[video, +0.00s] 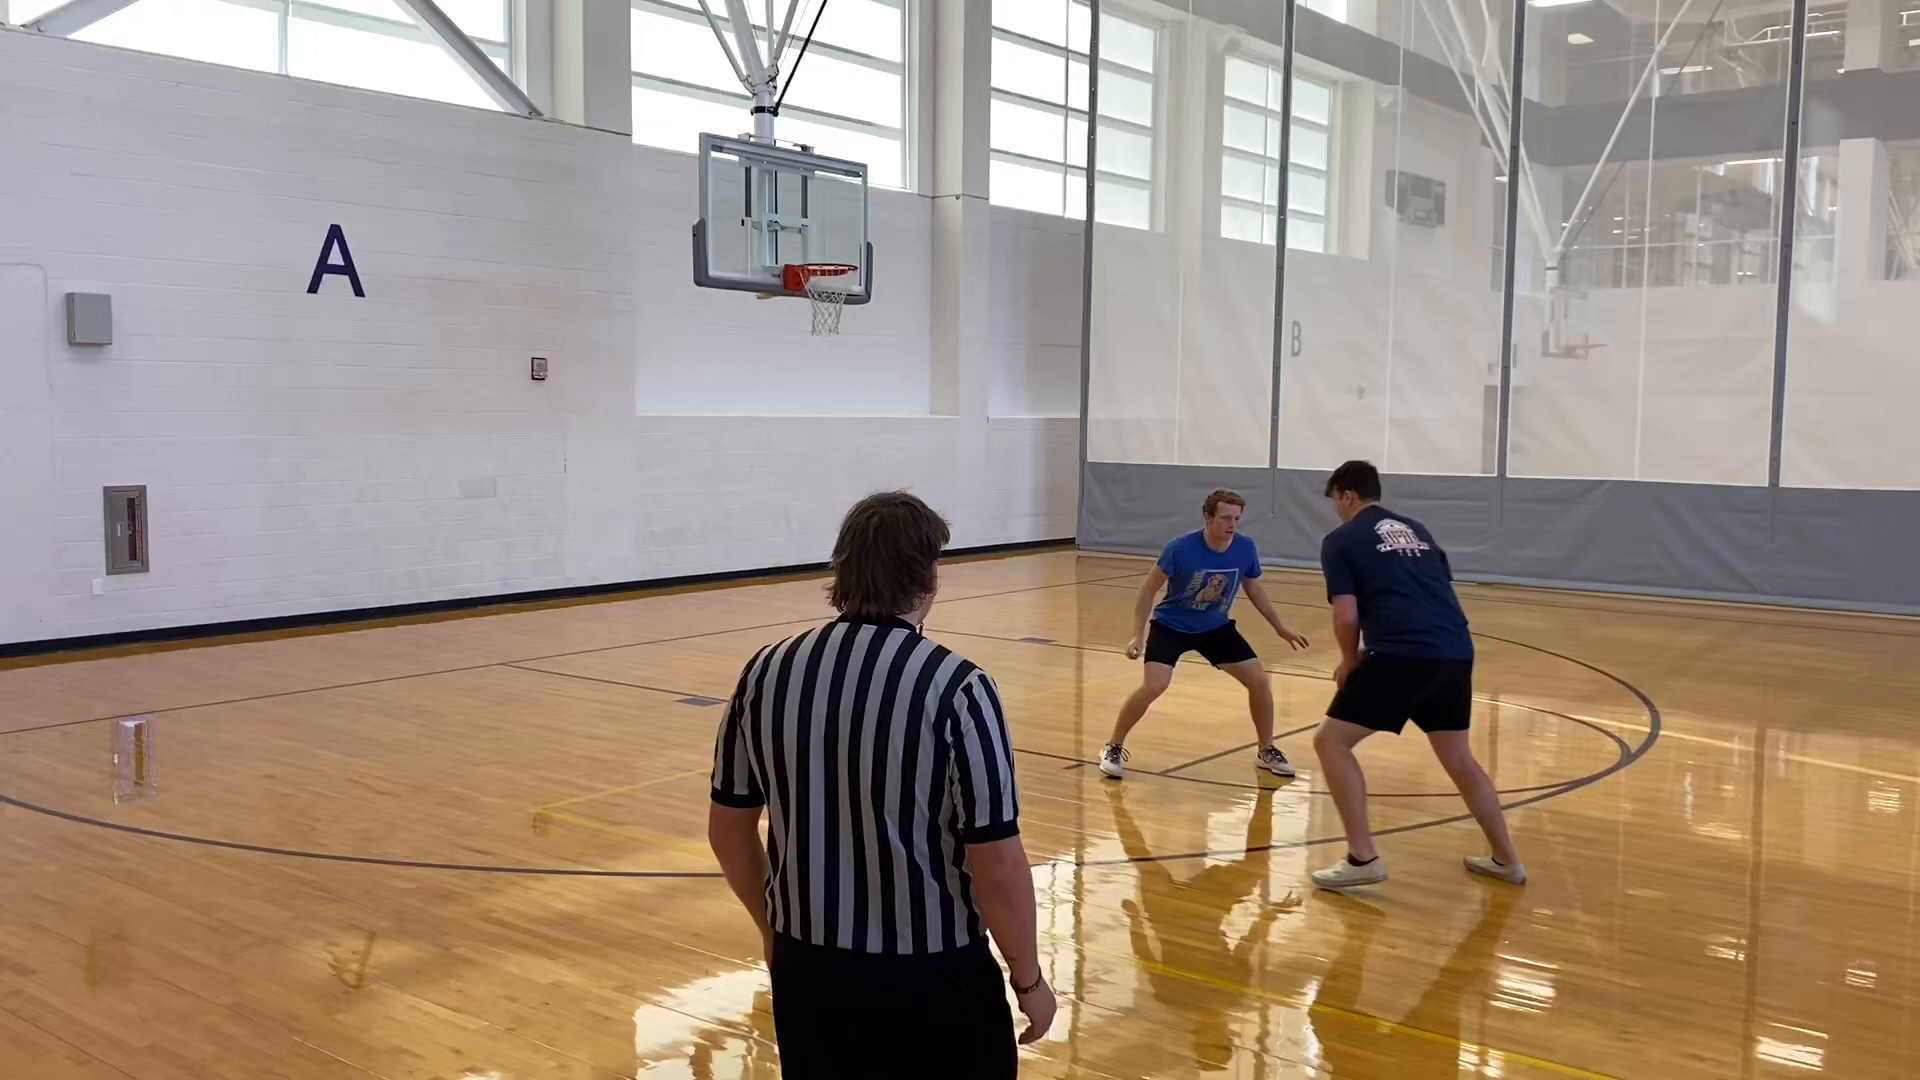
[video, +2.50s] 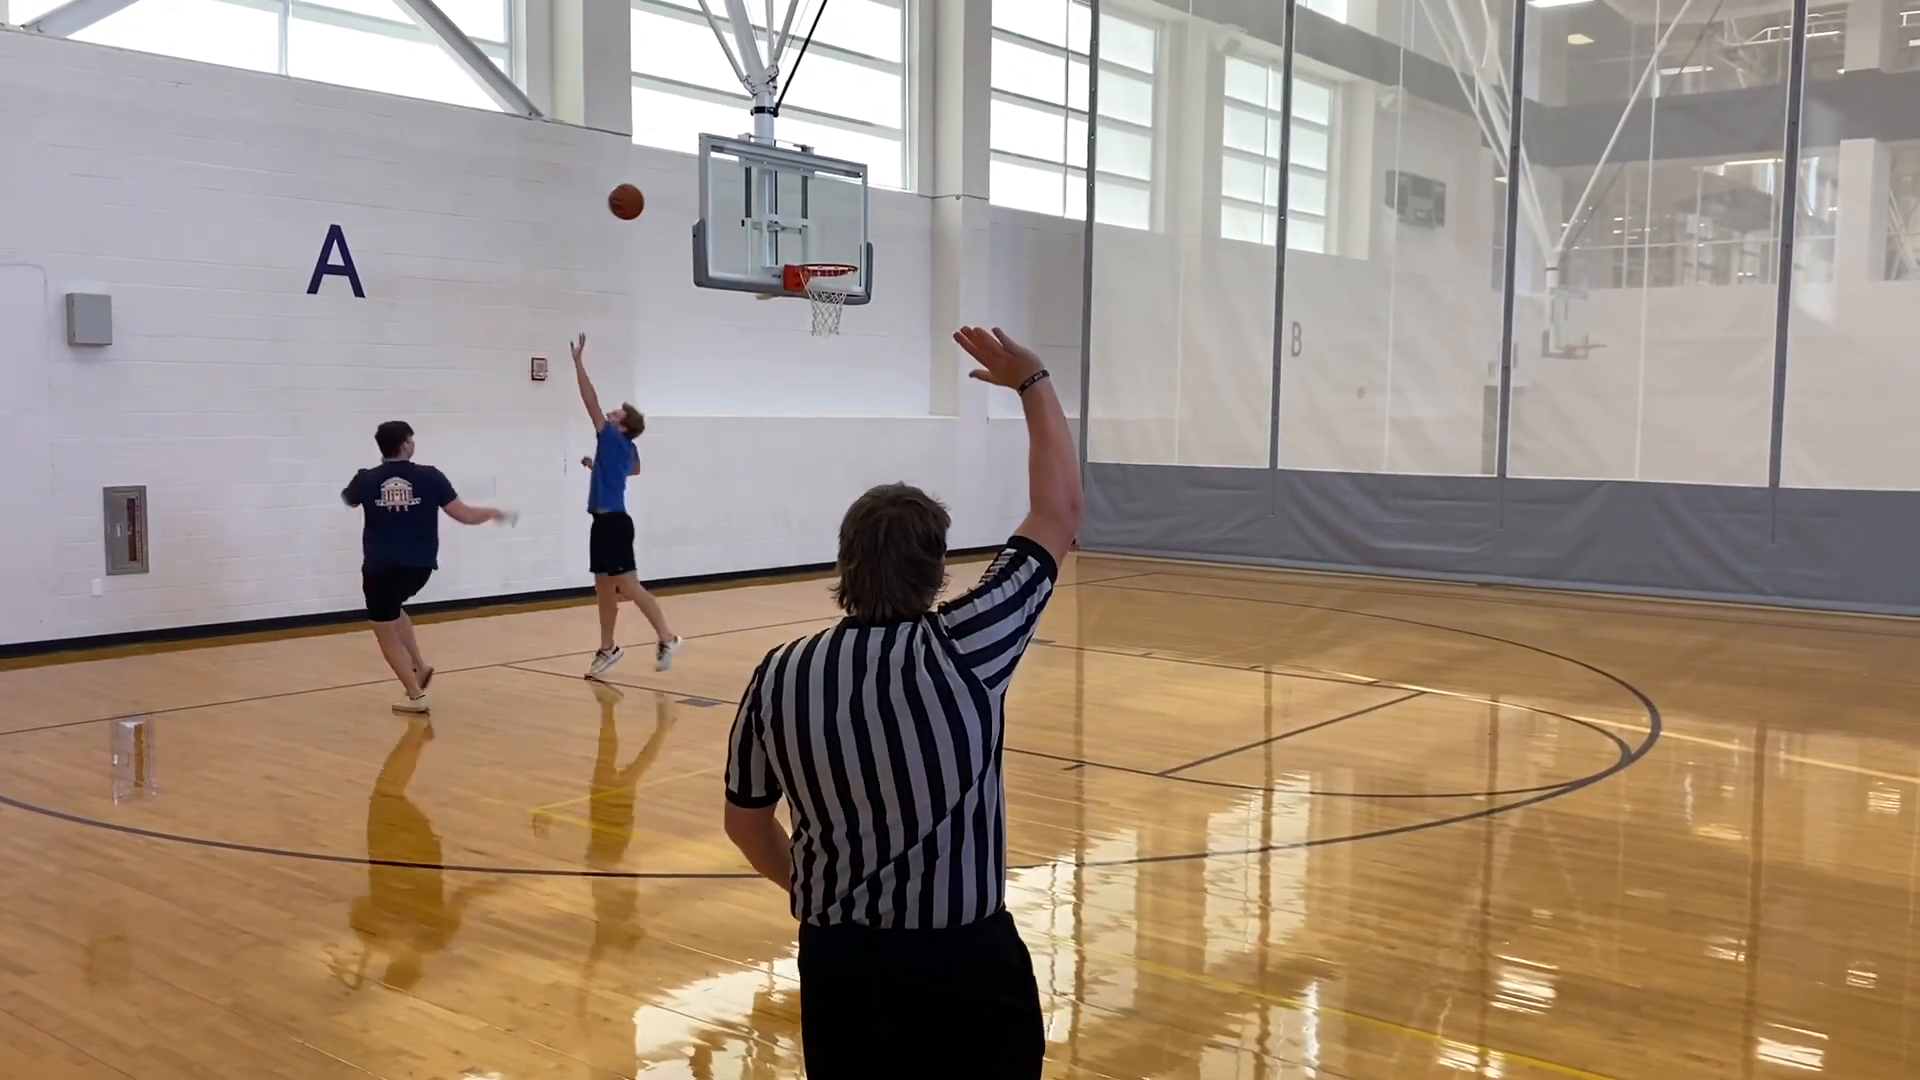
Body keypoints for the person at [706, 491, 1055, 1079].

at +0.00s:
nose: (939, 576)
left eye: (937, 560)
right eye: (937, 562)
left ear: (846, 567)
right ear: (926, 573)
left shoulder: (767, 671)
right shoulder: (958, 687)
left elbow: (729, 829)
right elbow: (996, 861)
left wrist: (773, 926)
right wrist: (1028, 976)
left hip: (809, 981)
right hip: (940, 985)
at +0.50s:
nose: (938, 573)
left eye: (935, 558)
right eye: (935, 560)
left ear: (842, 565)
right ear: (926, 573)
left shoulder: (766, 669)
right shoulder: (961, 684)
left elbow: (720, 825)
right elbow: (1006, 858)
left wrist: (756, 933)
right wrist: (1038, 989)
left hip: (809, 979)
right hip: (941, 982)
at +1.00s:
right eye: (945, 576)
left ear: (846, 578)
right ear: (937, 585)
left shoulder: (772, 676)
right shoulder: (971, 690)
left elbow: (726, 832)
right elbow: (1020, 861)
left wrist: (752, 947)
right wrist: (1045, 975)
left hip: (817, 984)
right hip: (949, 988)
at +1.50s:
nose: (941, 570)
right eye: (937, 558)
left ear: (842, 565)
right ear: (929, 569)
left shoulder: (764, 671)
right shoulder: (967, 681)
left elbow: (721, 832)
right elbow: (1018, 853)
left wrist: (754, 939)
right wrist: (1030, 947)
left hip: (812, 973)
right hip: (945, 976)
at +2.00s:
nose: (930, 571)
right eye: (928, 560)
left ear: (832, 569)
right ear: (923, 574)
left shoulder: (760, 679)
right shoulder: (963, 677)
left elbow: (721, 833)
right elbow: (1070, 807)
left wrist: (767, 924)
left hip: (817, 980)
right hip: (949, 978)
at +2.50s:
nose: (936, 566)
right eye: (936, 553)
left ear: (846, 568)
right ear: (937, 568)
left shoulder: (779, 675)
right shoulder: (962, 650)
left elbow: (746, 818)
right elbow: (1057, 516)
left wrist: (807, 885)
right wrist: (1035, 383)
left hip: (839, 971)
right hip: (970, 966)